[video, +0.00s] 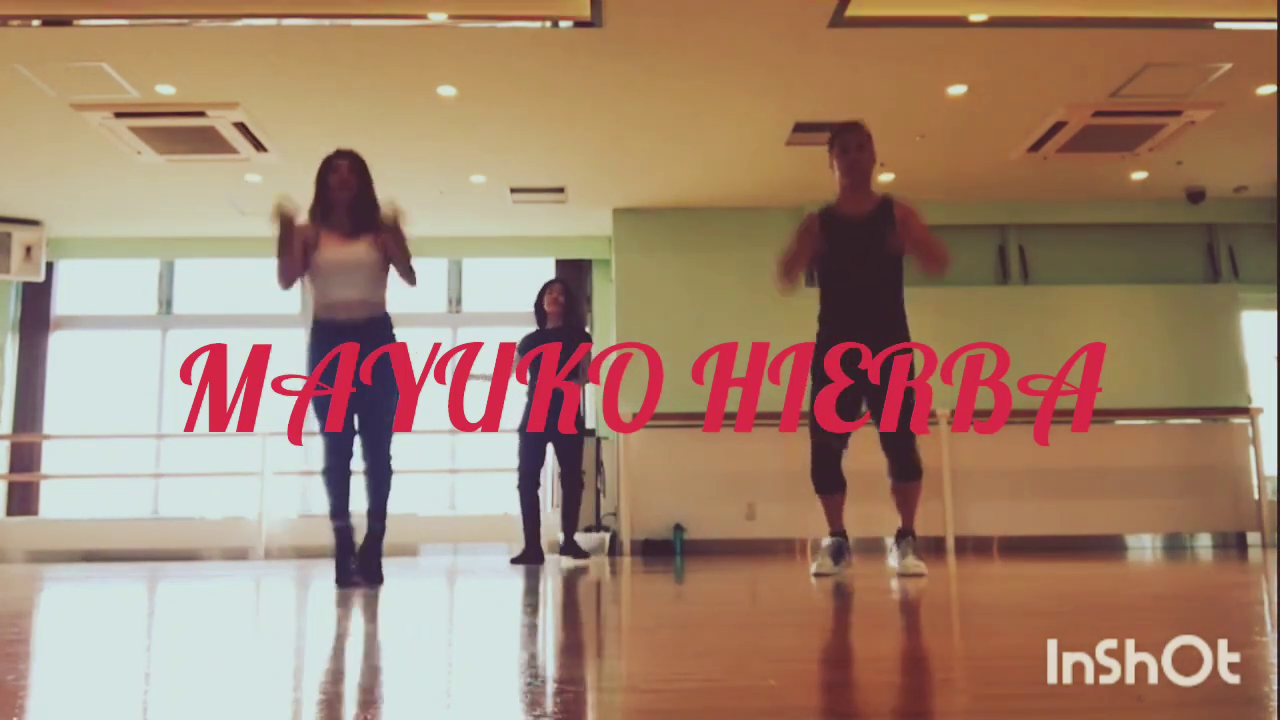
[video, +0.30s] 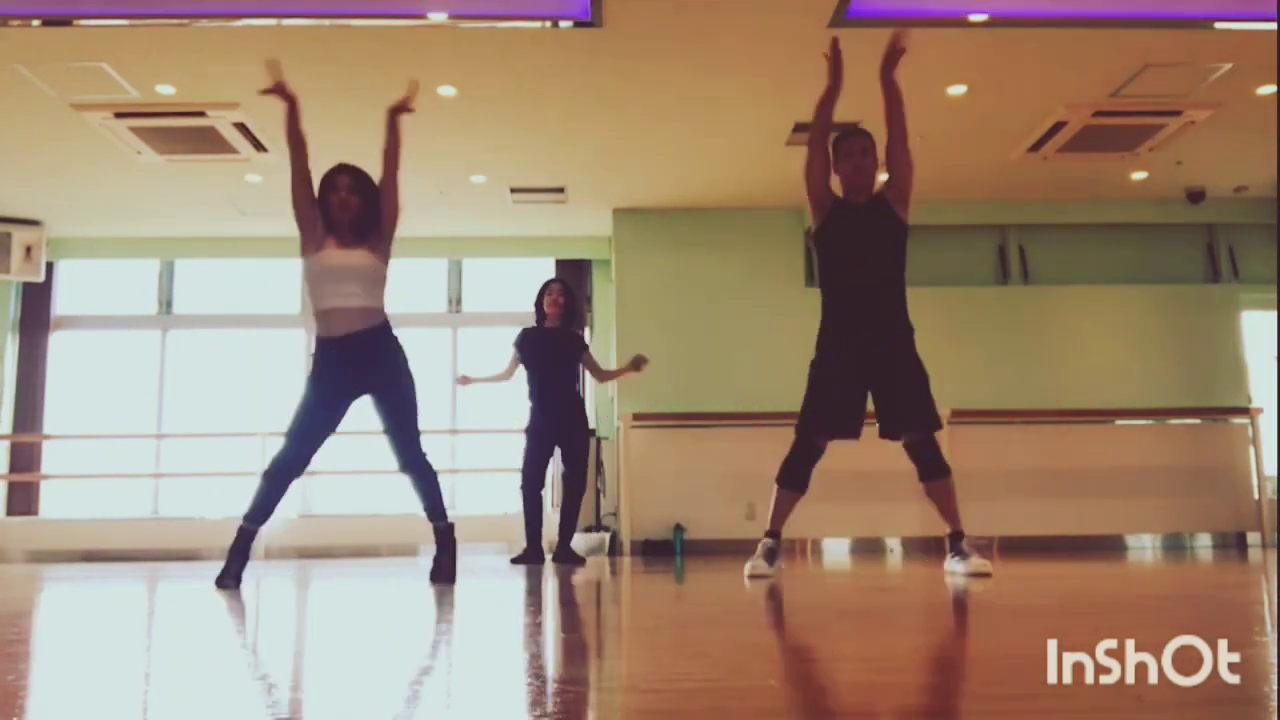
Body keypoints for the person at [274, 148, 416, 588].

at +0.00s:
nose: (342, 179)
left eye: (351, 173)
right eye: (334, 172)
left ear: (363, 181)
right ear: (323, 181)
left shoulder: (379, 226)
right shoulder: (309, 228)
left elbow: (409, 276)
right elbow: (286, 278)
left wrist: (395, 239)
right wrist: (286, 233)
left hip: (375, 336)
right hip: (329, 338)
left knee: (377, 445)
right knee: (337, 443)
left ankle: (374, 542)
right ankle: (343, 542)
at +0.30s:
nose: (343, 196)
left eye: (352, 190)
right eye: (334, 190)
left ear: (366, 201)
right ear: (322, 201)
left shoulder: (377, 243)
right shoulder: (315, 242)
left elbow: (390, 179)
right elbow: (300, 172)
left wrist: (394, 118)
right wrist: (292, 106)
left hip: (382, 358)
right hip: (333, 363)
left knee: (410, 456)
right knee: (291, 460)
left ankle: (445, 539)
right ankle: (242, 545)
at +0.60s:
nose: (338, 203)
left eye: (345, 195)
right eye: (329, 196)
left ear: (359, 204)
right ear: (315, 204)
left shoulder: (367, 243)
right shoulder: (304, 238)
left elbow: (377, 181)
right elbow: (307, 175)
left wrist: (358, 133)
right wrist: (330, 119)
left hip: (376, 352)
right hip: (328, 358)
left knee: (410, 454)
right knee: (284, 459)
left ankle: (443, 543)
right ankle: (236, 547)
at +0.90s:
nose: (338, 209)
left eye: (347, 203)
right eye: (332, 201)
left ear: (362, 212)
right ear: (320, 208)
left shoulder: (372, 251)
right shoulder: (306, 245)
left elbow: (395, 190)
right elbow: (305, 175)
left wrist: (369, 165)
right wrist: (345, 151)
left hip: (379, 356)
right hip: (330, 365)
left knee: (414, 453)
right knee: (289, 460)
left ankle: (444, 540)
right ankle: (237, 544)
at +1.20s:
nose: (341, 212)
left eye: (350, 205)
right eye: (333, 204)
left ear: (363, 213)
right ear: (320, 212)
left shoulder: (374, 254)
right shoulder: (307, 248)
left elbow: (397, 195)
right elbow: (300, 180)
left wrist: (364, 188)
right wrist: (342, 174)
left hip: (380, 353)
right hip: (330, 361)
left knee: (414, 451)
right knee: (292, 458)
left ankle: (444, 539)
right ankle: (238, 543)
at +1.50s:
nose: (337, 211)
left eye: (346, 203)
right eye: (330, 204)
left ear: (362, 212)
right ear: (319, 212)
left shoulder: (377, 254)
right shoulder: (308, 250)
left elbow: (381, 208)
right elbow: (301, 182)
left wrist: (374, 197)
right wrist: (334, 178)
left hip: (378, 354)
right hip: (329, 361)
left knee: (412, 450)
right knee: (290, 458)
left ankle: (444, 539)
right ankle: (237, 542)